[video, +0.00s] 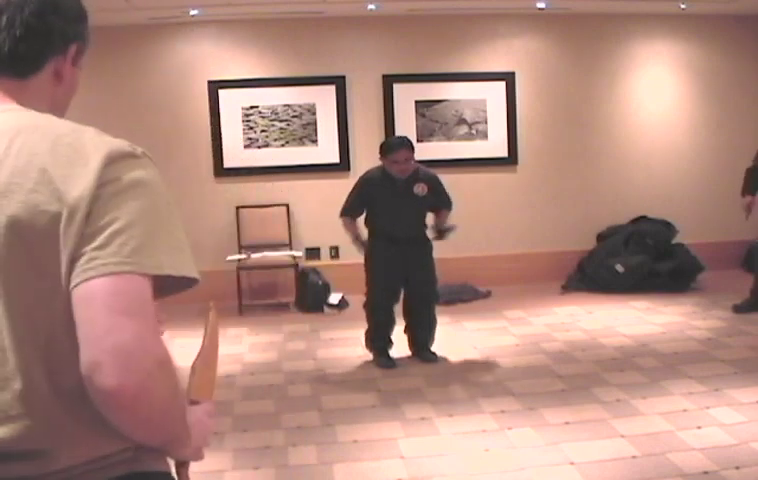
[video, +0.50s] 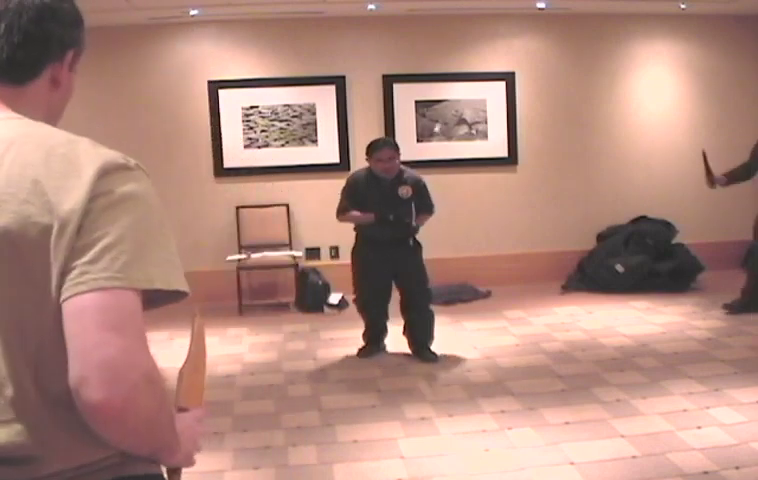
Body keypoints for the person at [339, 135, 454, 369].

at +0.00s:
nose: (403, 167)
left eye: (407, 161)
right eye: (396, 162)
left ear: (414, 157)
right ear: (384, 162)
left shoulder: (427, 179)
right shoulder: (371, 180)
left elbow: (443, 206)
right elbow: (347, 215)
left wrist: (439, 227)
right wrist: (358, 241)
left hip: (417, 248)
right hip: (381, 248)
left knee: (423, 297)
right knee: (380, 300)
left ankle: (421, 346)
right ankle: (379, 349)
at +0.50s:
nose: (387, 165)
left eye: (391, 160)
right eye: (381, 161)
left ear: (399, 158)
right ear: (370, 161)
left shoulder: (412, 181)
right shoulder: (357, 181)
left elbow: (426, 210)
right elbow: (342, 214)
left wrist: (409, 227)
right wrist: (374, 218)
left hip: (404, 248)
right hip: (370, 250)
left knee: (417, 298)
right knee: (369, 299)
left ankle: (420, 345)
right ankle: (373, 342)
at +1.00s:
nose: (398, 172)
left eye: (404, 166)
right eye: (392, 166)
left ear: (411, 166)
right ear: (381, 166)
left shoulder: (419, 190)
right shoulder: (365, 182)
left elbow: (427, 224)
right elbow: (340, 211)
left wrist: (410, 234)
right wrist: (360, 226)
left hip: (402, 250)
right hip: (367, 250)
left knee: (412, 302)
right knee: (365, 299)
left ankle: (422, 354)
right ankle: (374, 341)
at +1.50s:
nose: (413, 174)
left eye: (420, 168)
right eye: (408, 167)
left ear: (434, 166)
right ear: (401, 164)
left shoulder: (441, 191)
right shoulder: (389, 178)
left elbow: (426, 225)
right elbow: (369, 201)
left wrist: (400, 244)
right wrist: (371, 221)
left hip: (419, 251)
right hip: (384, 247)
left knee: (423, 304)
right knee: (370, 295)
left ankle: (423, 357)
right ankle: (367, 338)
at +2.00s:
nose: (410, 169)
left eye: (416, 163)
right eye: (405, 164)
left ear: (427, 163)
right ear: (396, 164)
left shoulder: (436, 188)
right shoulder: (382, 181)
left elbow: (445, 234)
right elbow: (359, 215)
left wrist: (444, 271)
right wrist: (359, 245)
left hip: (419, 251)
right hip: (382, 250)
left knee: (424, 305)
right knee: (370, 301)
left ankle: (423, 358)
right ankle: (373, 340)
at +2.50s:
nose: (377, 162)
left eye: (380, 156)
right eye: (370, 159)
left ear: (387, 154)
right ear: (359, 162)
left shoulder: (404, 179)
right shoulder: (348, 183)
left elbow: (426, 215)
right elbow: (331, 218)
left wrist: (441, 242)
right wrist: (332, 248)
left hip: (400, 245)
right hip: (364, 248)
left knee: (412, 296)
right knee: (369, 299)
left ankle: (421, 345)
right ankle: (378, 339)